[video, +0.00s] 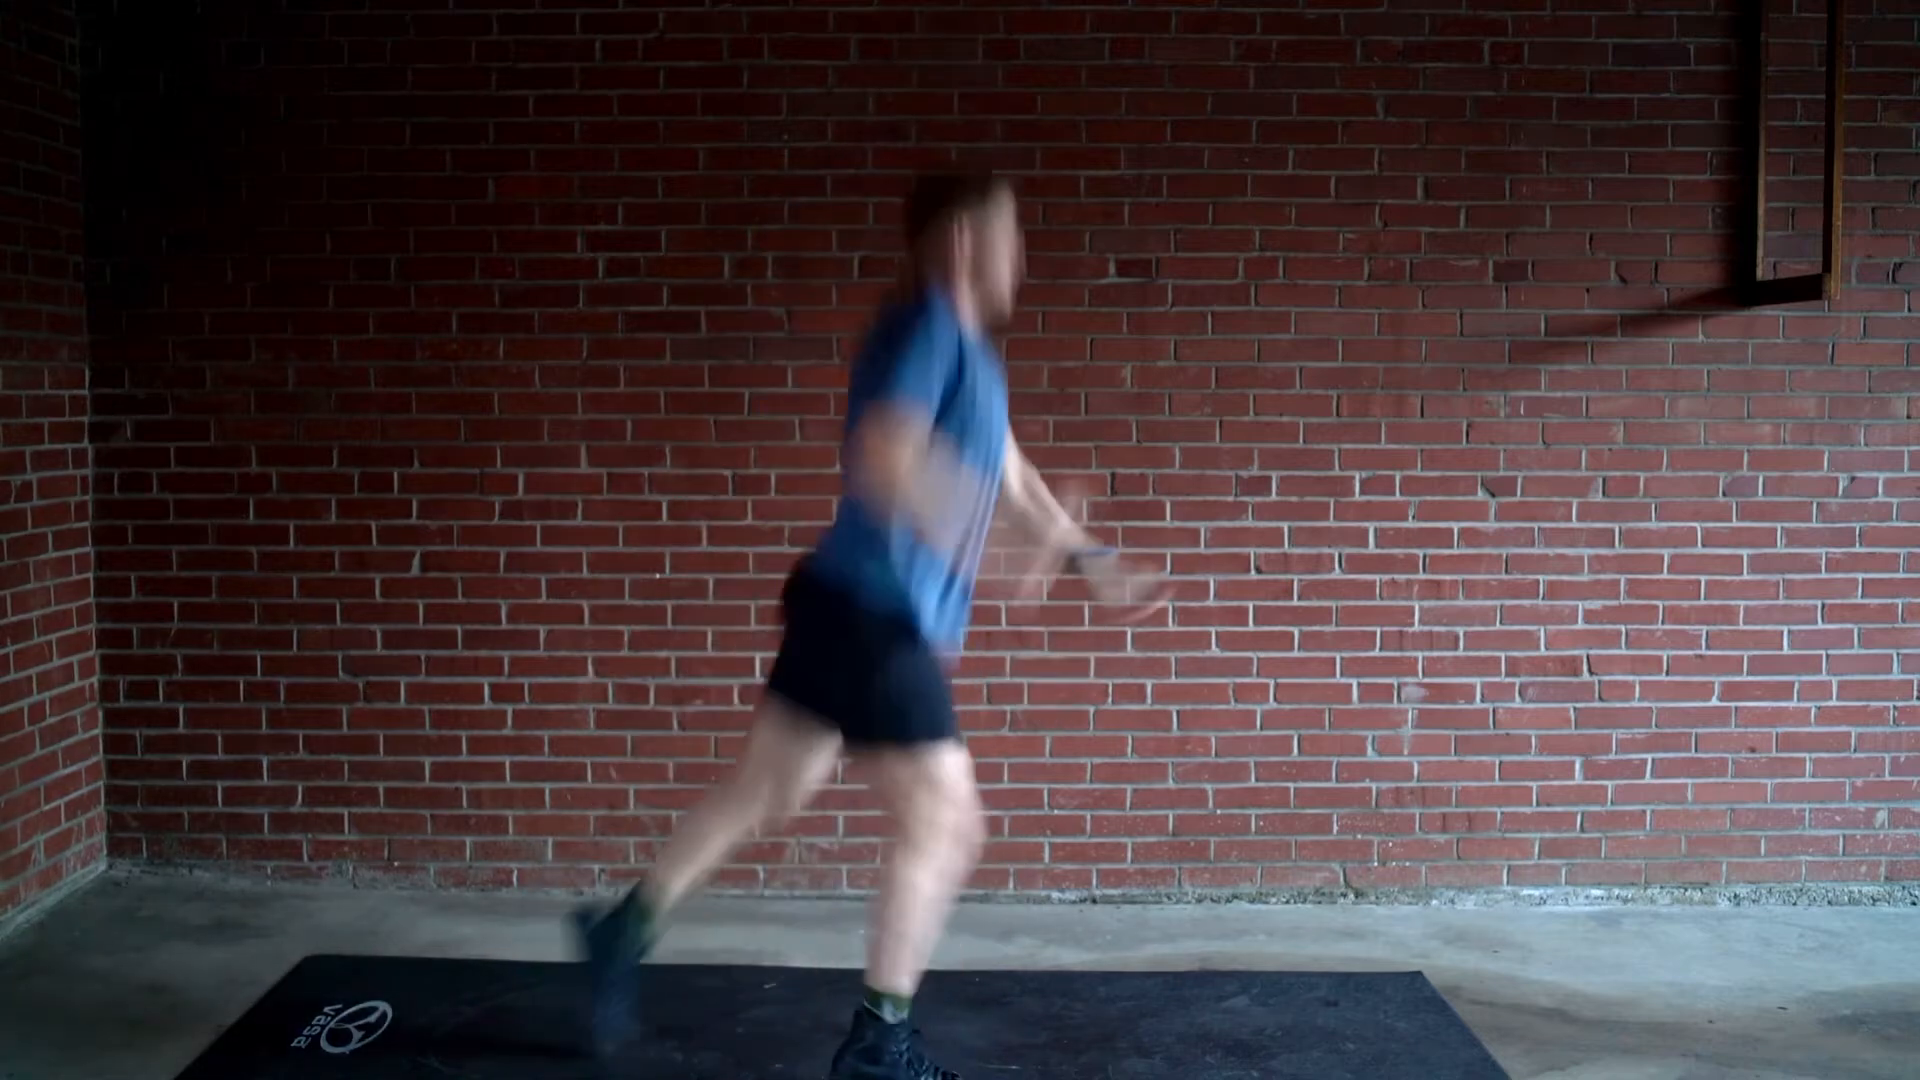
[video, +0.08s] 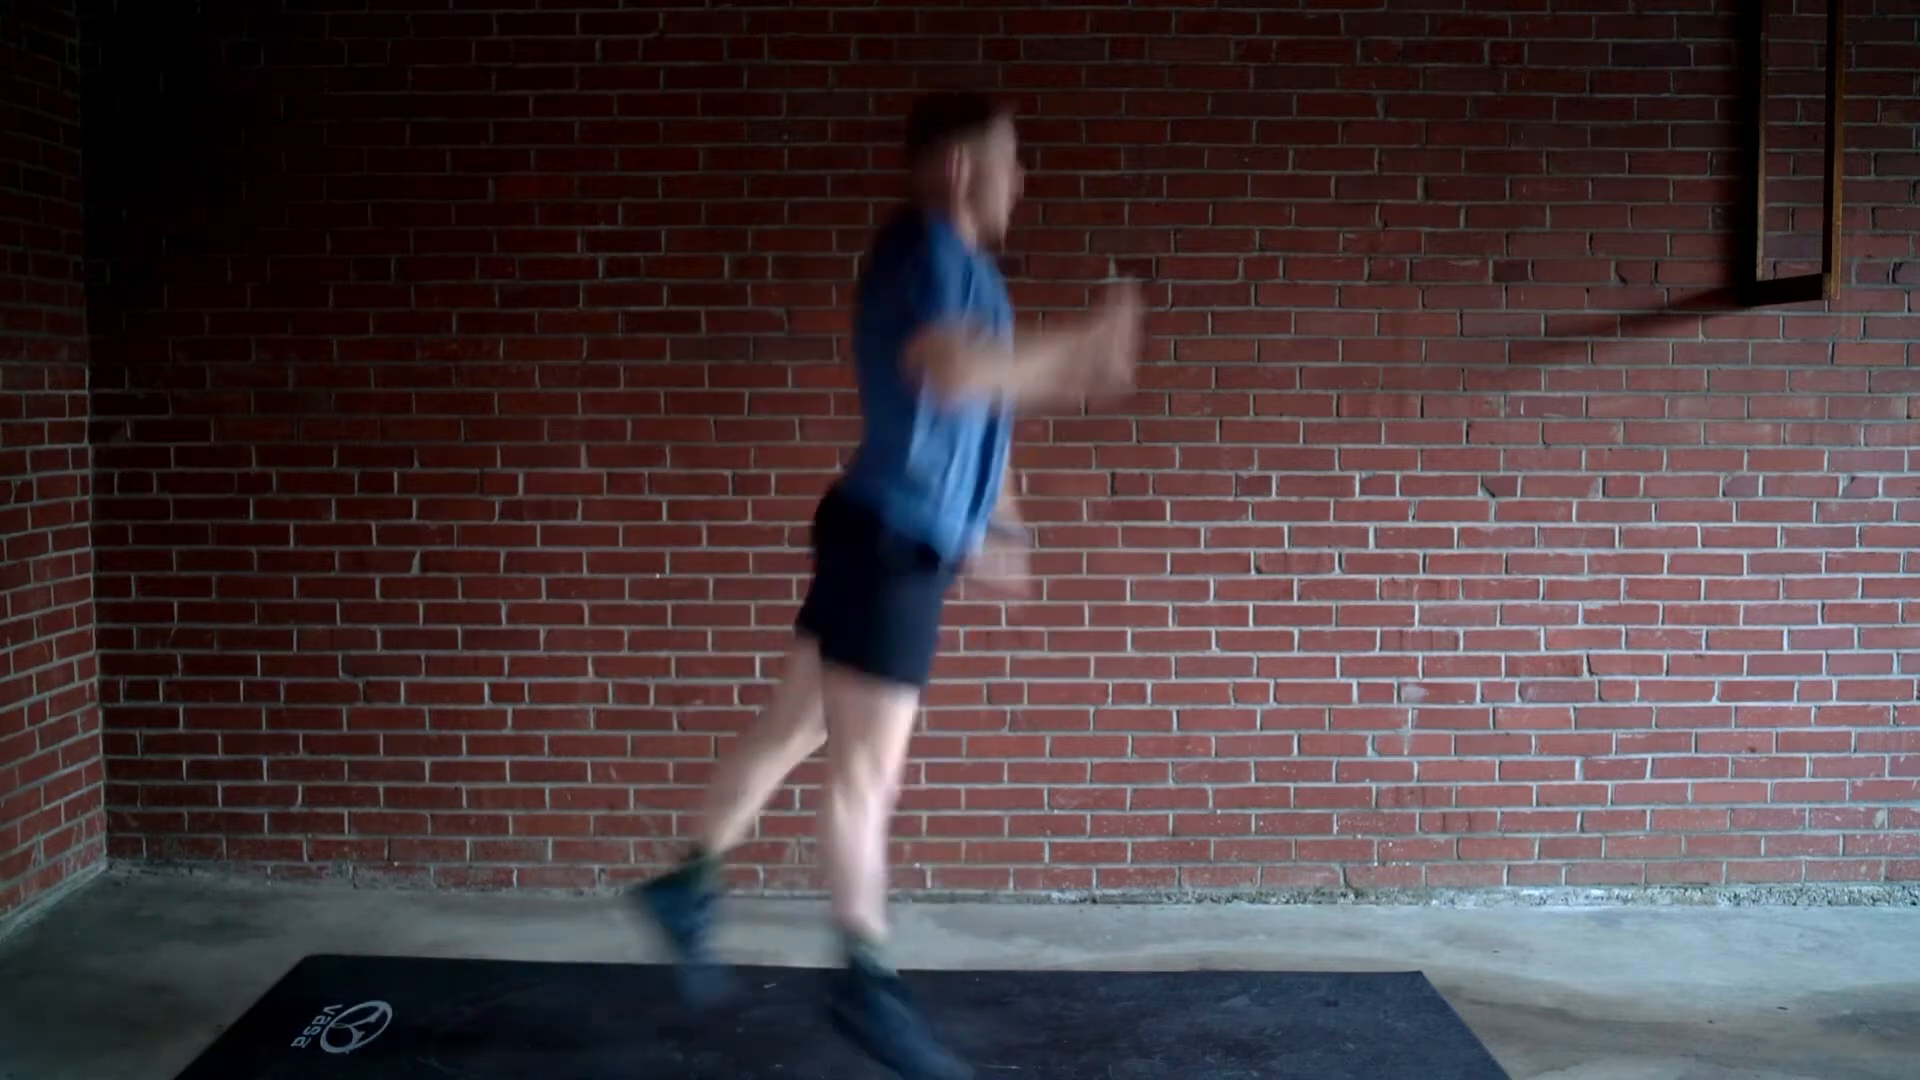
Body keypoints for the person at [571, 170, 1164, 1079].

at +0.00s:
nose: (1019, 254)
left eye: (1017, 234)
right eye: (1005, 234)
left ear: (979, 243)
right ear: (956, 241)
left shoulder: (973, 355)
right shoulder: (925, 332)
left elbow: (1010, 473)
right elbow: (881, 454)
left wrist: (1091, 560)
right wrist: (980, 535)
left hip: (857, 606)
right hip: (869, 611)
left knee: (768, 787)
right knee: (944, 822)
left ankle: (626, 921)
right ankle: (880, 1035)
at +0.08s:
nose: (1015, 180)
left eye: (1014, 161)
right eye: (1001, 161)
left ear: (974, 169)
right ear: (951, 165)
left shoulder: (973, 274)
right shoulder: (921, 251)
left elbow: (949, 410)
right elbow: (942, 365)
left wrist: (977, 529)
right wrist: (1082, 353)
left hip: (911, 534)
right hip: (884, 530)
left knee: (788, 725)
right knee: (867, 765)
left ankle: (688, 880)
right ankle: (863, 971)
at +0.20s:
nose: (1037, 135)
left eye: (1034, 118)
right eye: (1024, 117)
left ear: (973, 123)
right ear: (977, 121)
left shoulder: (959, 208)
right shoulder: (943, 205)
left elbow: (1044, 289)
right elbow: (1046, 293)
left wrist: (1086, 213)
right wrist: (1102, 200)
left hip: (932, 486)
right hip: (907, 484)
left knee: (887, 700)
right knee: (864, 701)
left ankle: (810, 877)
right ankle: (747, 882)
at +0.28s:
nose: (1053, 149)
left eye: (1051, 132)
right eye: (1041, 132)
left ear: (989, 135)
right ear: (993, 131)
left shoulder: (948, 218)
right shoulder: (970, 216)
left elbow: (874, 351)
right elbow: (1083, 305)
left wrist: (836, 458)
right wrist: (1103, 200)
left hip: (934, 497)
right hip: (915, 498)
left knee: (937, 705)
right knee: (864, 718)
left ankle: (891, 899)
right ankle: (700, 862)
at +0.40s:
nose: (1067, 235)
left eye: (1068, 217)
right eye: (1051, 216)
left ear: (1023, 223)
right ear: (1005, 216)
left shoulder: (950, 298)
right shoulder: (1003, 298)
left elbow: (869, 401)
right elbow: (1105, 407)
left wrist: (808, 506)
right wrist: (1121, 291)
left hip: (947, 575)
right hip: (921, 573)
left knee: (997, 758)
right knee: (859, 782)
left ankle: (986, 954)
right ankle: (681, 910)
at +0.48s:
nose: (1085, 318)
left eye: (1086, 300)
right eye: (1073, 300)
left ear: (1018, 305)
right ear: (1027, 301)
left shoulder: (961, 382)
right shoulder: (1016, 389)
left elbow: (862, 480)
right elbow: (1109, 515)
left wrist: (802, 580)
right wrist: (1129, 387)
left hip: (955, 656)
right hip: (920, 656)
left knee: (1044, 800)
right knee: (881, 869)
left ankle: (984, 979)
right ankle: (685, 963)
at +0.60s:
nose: (1108, 436)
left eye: (1106, 417)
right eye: (1097, 417)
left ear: (1037, 418)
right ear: (1055, 418)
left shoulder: (975, 489)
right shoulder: (1024, 510)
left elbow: (876, 567)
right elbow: (1112, 642)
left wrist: (819, 677)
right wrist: (1142, 525)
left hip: (936, 732)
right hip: (901, 743)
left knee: (1068, 813)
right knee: (892, 968)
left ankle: (986, 979)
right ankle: (693, 973)